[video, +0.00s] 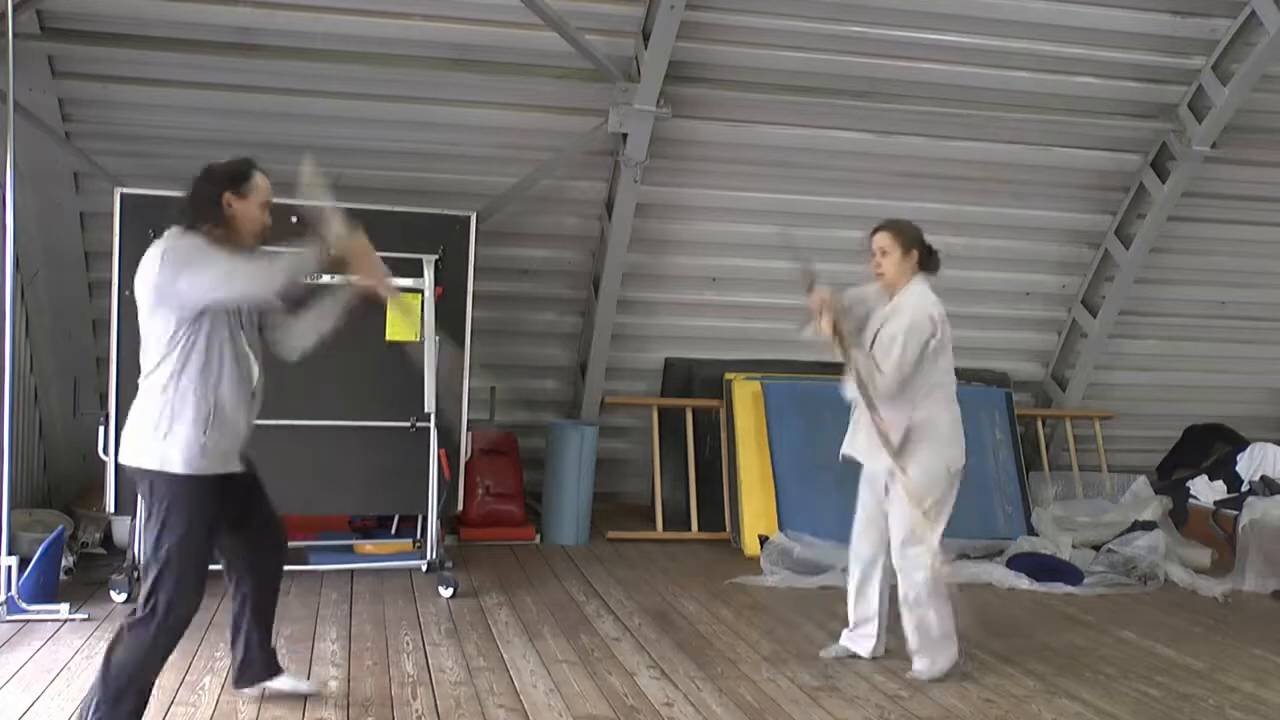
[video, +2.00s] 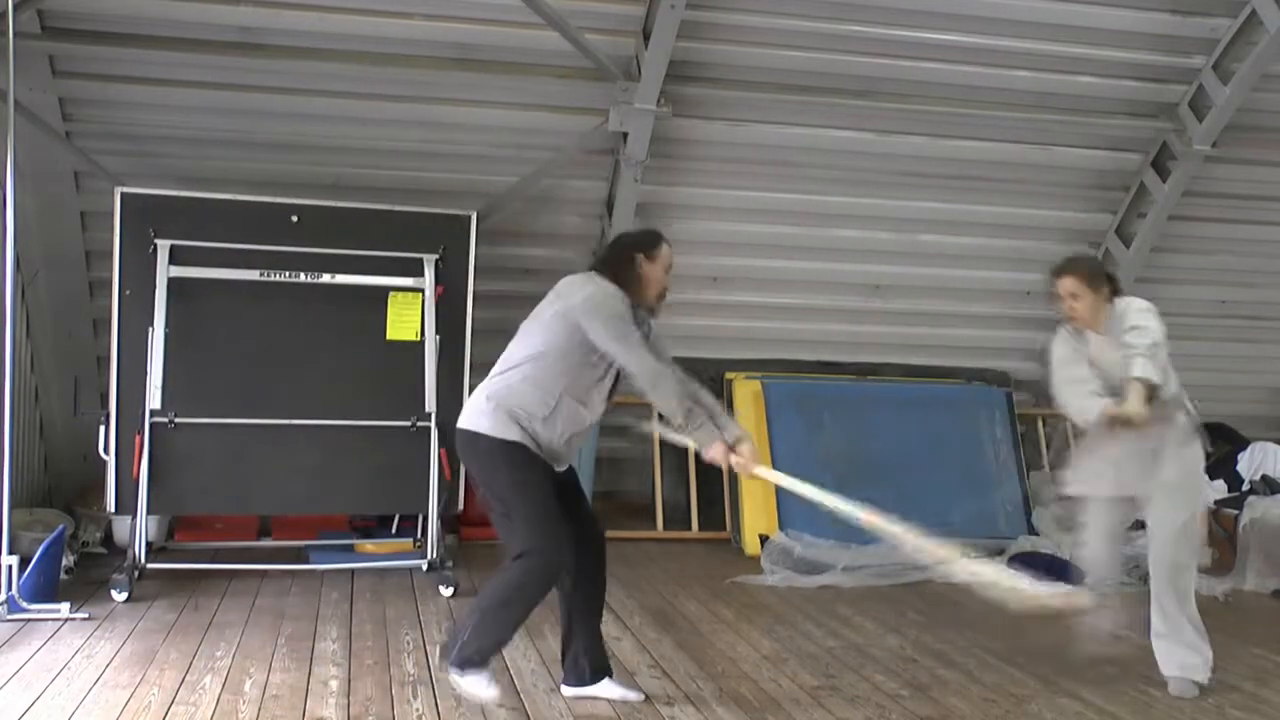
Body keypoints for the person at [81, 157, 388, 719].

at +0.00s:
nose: (270, 216)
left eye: (270, 206)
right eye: (264, 204)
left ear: (232, 205)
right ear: (229, 202)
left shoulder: (242, 272)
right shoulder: (171, 256)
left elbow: (290, 339)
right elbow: (256, 278)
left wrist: (350, 290)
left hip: (221, 455)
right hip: (170, 457)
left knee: (261, 547)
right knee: (170, 601)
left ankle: (255, 671)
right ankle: (104, 713)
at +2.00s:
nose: (668, 281)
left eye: (670, 270)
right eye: (664, 268)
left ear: (636, 266)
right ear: (637, 263)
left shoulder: (628, 320)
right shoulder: (593, 295)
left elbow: (673, 377)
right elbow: (649, 374)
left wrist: (732, 431)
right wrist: (704, 437)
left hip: (539, 445)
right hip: (495, 429)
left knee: (585, 543)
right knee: (545, 550)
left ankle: (584, 673)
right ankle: (463, 656)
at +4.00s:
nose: (349, 209)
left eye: (348, 199)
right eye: (342, 198)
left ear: (313, 202)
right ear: (310, 201)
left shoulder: (320, 274)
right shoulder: (280, 251)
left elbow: (339, 346)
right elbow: (324, 341)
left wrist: (399, 336)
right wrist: (402, 351)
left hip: (285, 434)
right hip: (243, 427)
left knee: (319, 540)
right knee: (269, 560)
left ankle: (278, 660)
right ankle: (251, 708)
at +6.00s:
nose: (282, 243)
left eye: (287, 234)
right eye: (276, 231)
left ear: (284, 237)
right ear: (244, 224)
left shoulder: (277, 273)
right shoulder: (206, 258)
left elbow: (333, 225)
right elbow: (211, 161)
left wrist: (310, 161)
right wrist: (257, 121)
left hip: (234, 418)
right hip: (188, 408)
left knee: (189, 524)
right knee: (221, 525)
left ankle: (124, 611)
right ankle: (183, 654)